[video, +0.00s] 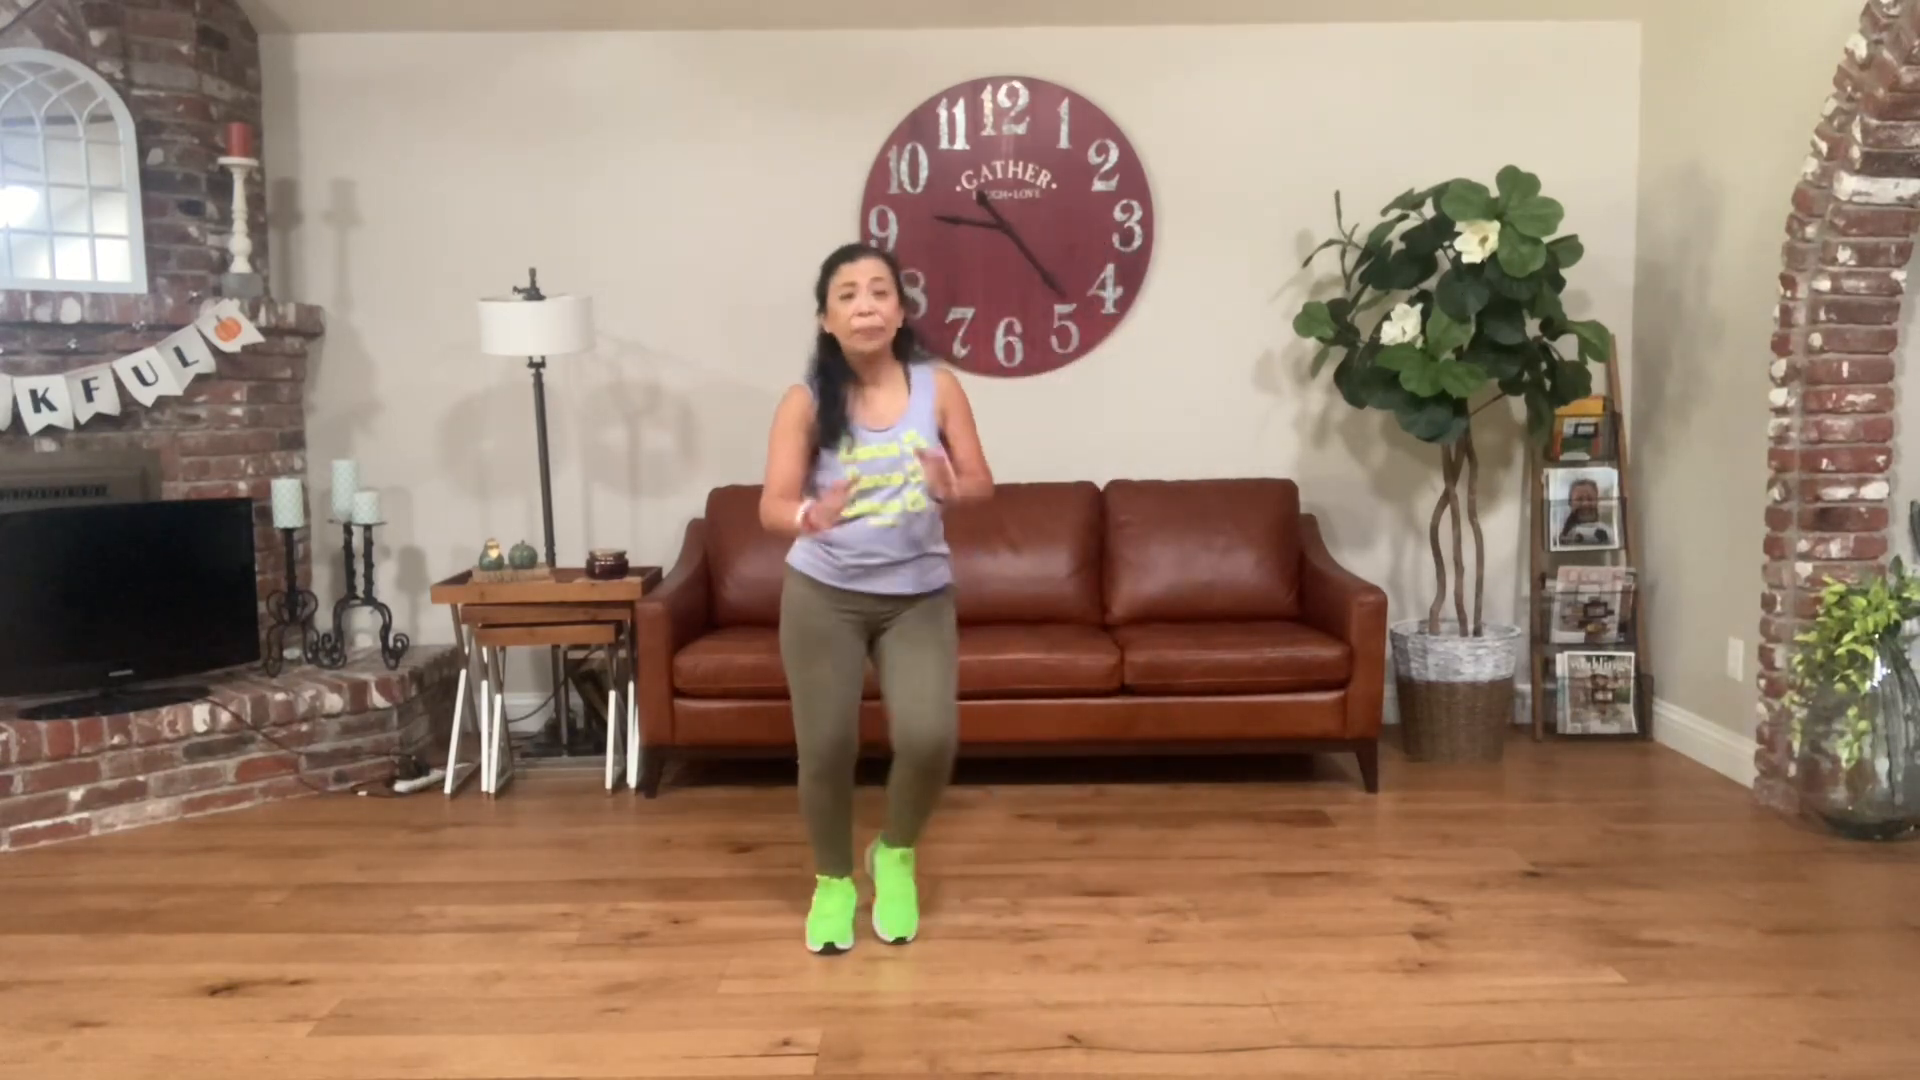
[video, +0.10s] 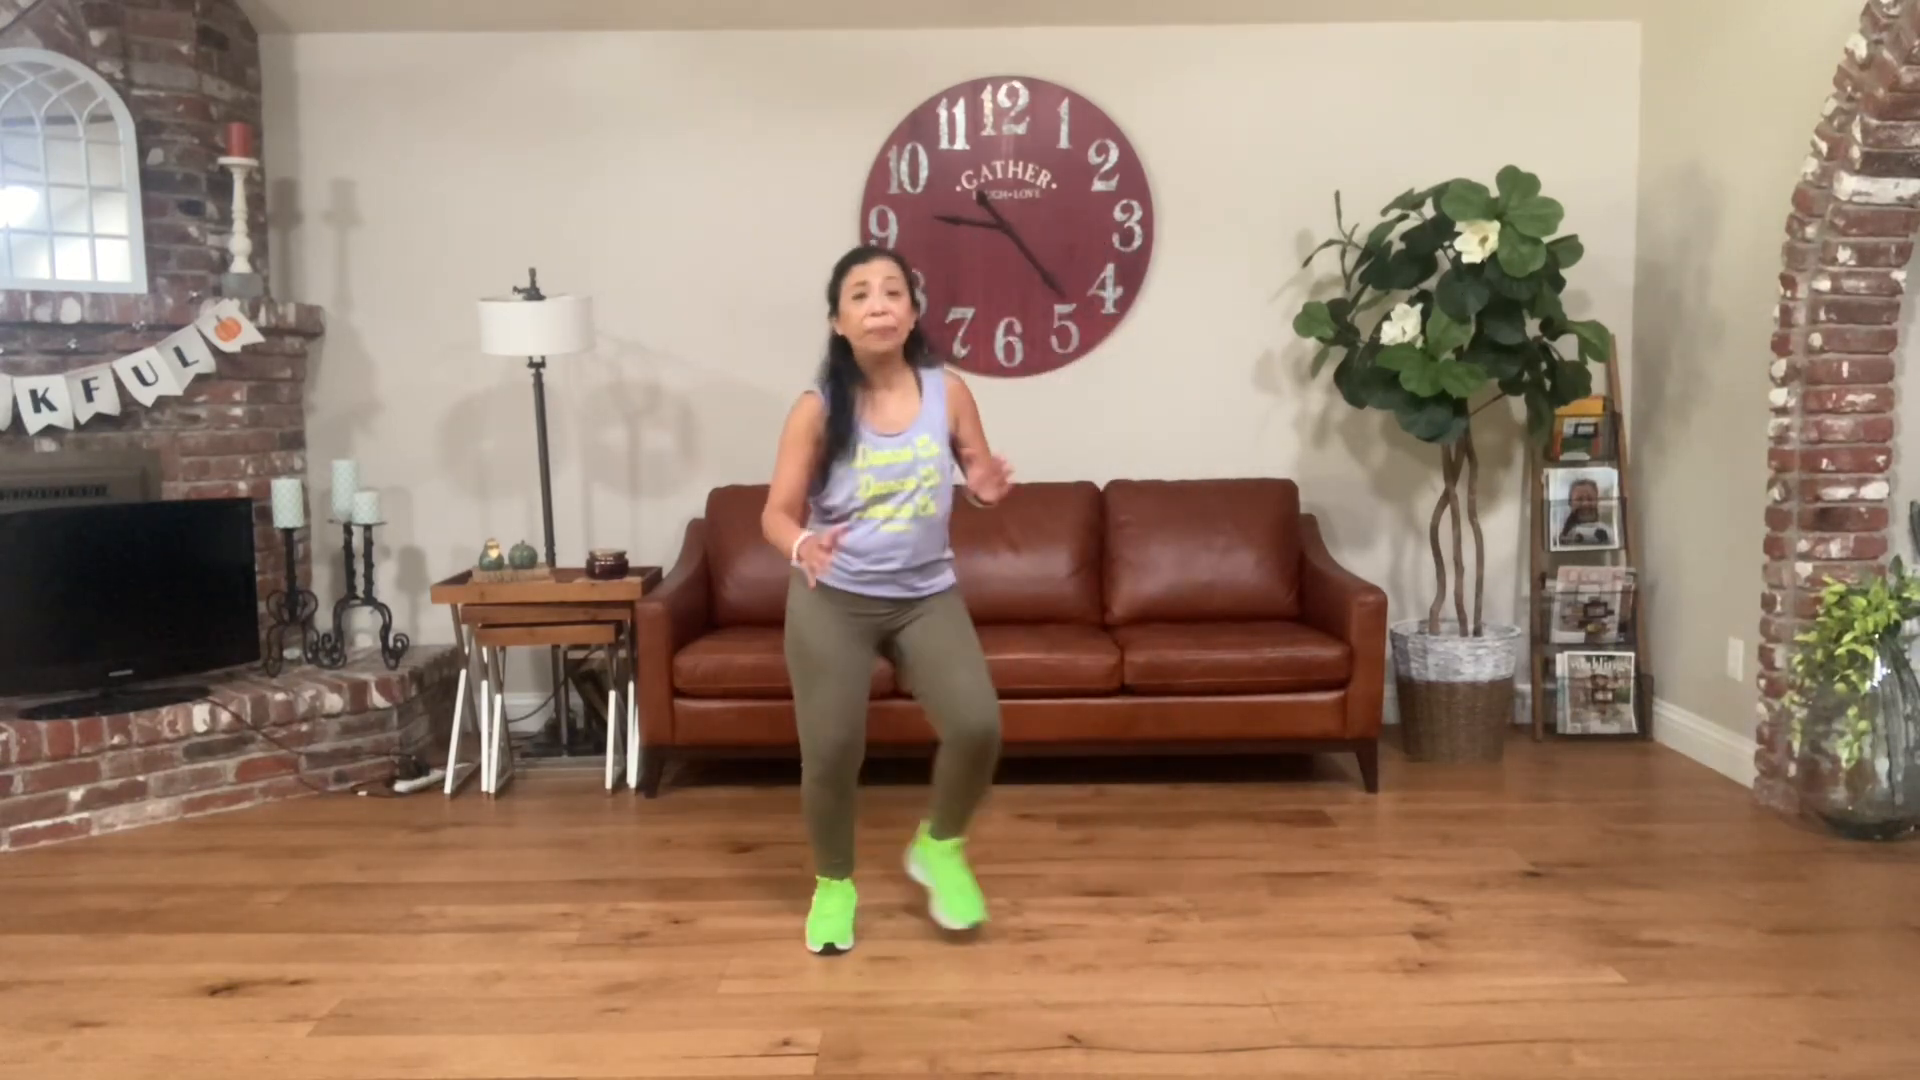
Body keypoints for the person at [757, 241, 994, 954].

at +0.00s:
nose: (866, 305)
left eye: (880, 291)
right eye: (848, 295)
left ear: (901, 308)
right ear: (825, 316)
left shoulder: (937, 386)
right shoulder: (807, 400)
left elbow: (981, 485)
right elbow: (773, 507)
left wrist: (953, 484)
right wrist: (810, 514)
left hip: (920, 594)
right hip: (822, 594)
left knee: (929, 739)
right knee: (826, 745)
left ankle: (895, 856)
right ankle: (834, 882)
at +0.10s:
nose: (879, 304)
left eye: (893, 292)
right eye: (861, 295)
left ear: (913, 311)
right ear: (837, 320)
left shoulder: (947, 393)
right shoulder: (819, 408)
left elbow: (979, 472)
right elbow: (776, 514)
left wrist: (986, 482)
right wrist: (799, 544)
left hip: (927, 596)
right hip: (832, 599)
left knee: (977, 727)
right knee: (830, 750)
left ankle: (940, 846)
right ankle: (834, 885)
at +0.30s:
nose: (920, 287)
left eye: (933, 274)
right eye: (902, 278)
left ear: (954, 294)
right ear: (878, 302)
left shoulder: (987, 374)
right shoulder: (864, 392)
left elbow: (1006, 452)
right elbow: (818, 481)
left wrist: (1053, 463)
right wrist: (797, 512)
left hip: (970, 592)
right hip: (874, 587)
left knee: (1018, 745)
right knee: (858, 744)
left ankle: (1088, 877)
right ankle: (837, 884)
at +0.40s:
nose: (949, 284)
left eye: (962, 272)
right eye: (930, 276)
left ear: (983, 293)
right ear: (908, 305)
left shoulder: (1018, 373)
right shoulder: (897, 390)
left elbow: (1043, 449)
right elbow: (840, 478)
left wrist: (1102, 452)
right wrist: (800, 493)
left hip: (1008, 596)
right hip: (913, 591)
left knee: (1050, 747)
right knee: (877, 746)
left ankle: (1095, 885)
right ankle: (838, 883)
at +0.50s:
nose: (983, 282)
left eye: (996, 268)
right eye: (964, 272)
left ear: (1019, 284)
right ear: (942, 296)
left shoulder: (1054, 368)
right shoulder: (931, 383)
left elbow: (1087, 446)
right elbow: (878, 472)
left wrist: (1141, 438)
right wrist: (840, 475)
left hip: (1047, 588)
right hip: (951, 586)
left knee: (1072, 739)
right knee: (907, 740)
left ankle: (1096, 882)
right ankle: (843, 876)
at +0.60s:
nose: (1011, 287)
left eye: (1025, 272)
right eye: (993, 276)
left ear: (1048, 290)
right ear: (971, 299)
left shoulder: (1083, 371)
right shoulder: (957, 386)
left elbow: (1134, 452)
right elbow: (901, 496)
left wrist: (1167, 425)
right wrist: (885, 457)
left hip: (1075, 584)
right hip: (976, 582)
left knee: (1091, 735)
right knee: (939, 732)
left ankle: (1098, 882)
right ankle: (867, 858)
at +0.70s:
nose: (1029, 293)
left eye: (1043, 278)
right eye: (1011, 281)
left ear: (1066, 296)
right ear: (989, 302)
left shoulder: (1098, 378)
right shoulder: (969, 388)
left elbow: (1160, 468)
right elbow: (937, 500)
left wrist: (1173, 415)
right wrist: (940, 428)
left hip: (1091, 584)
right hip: (992, 585)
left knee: (1100, 734)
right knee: (978, 723)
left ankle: (1099, 882)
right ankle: (930, 836)